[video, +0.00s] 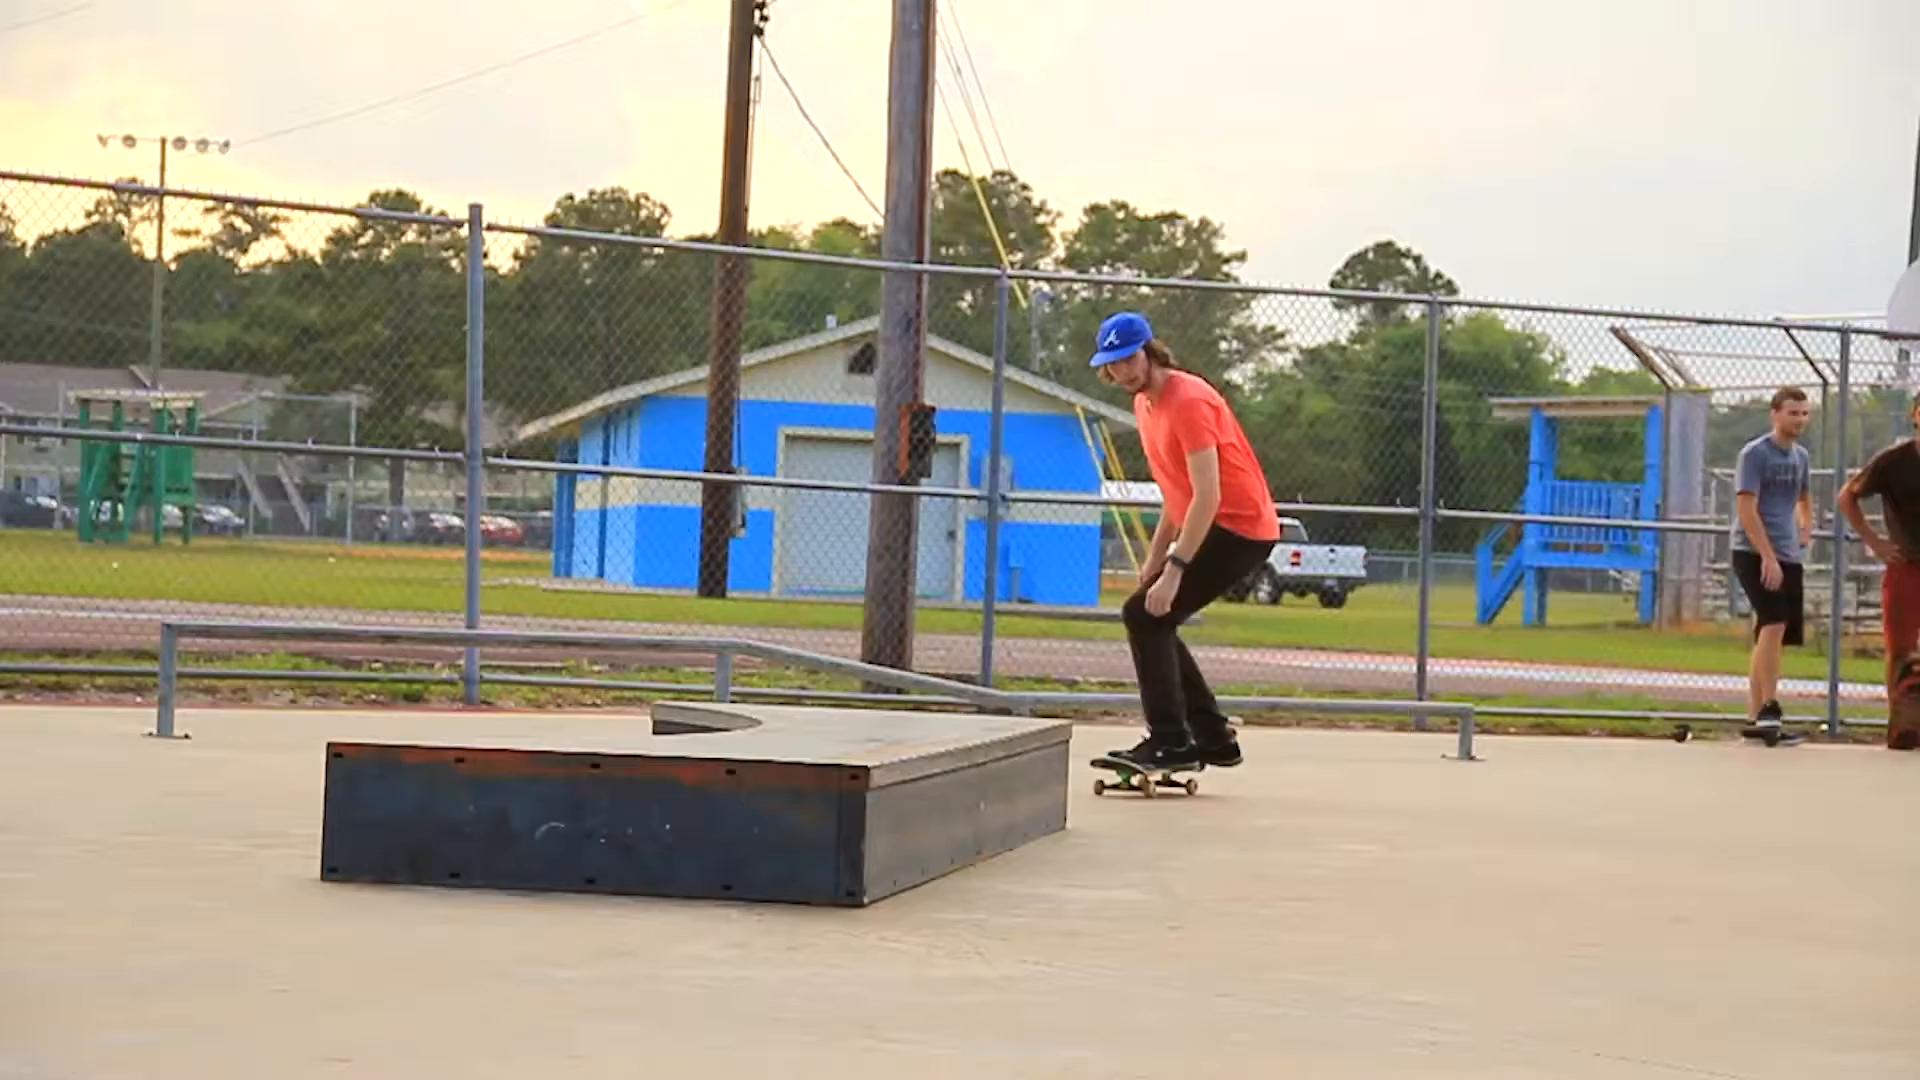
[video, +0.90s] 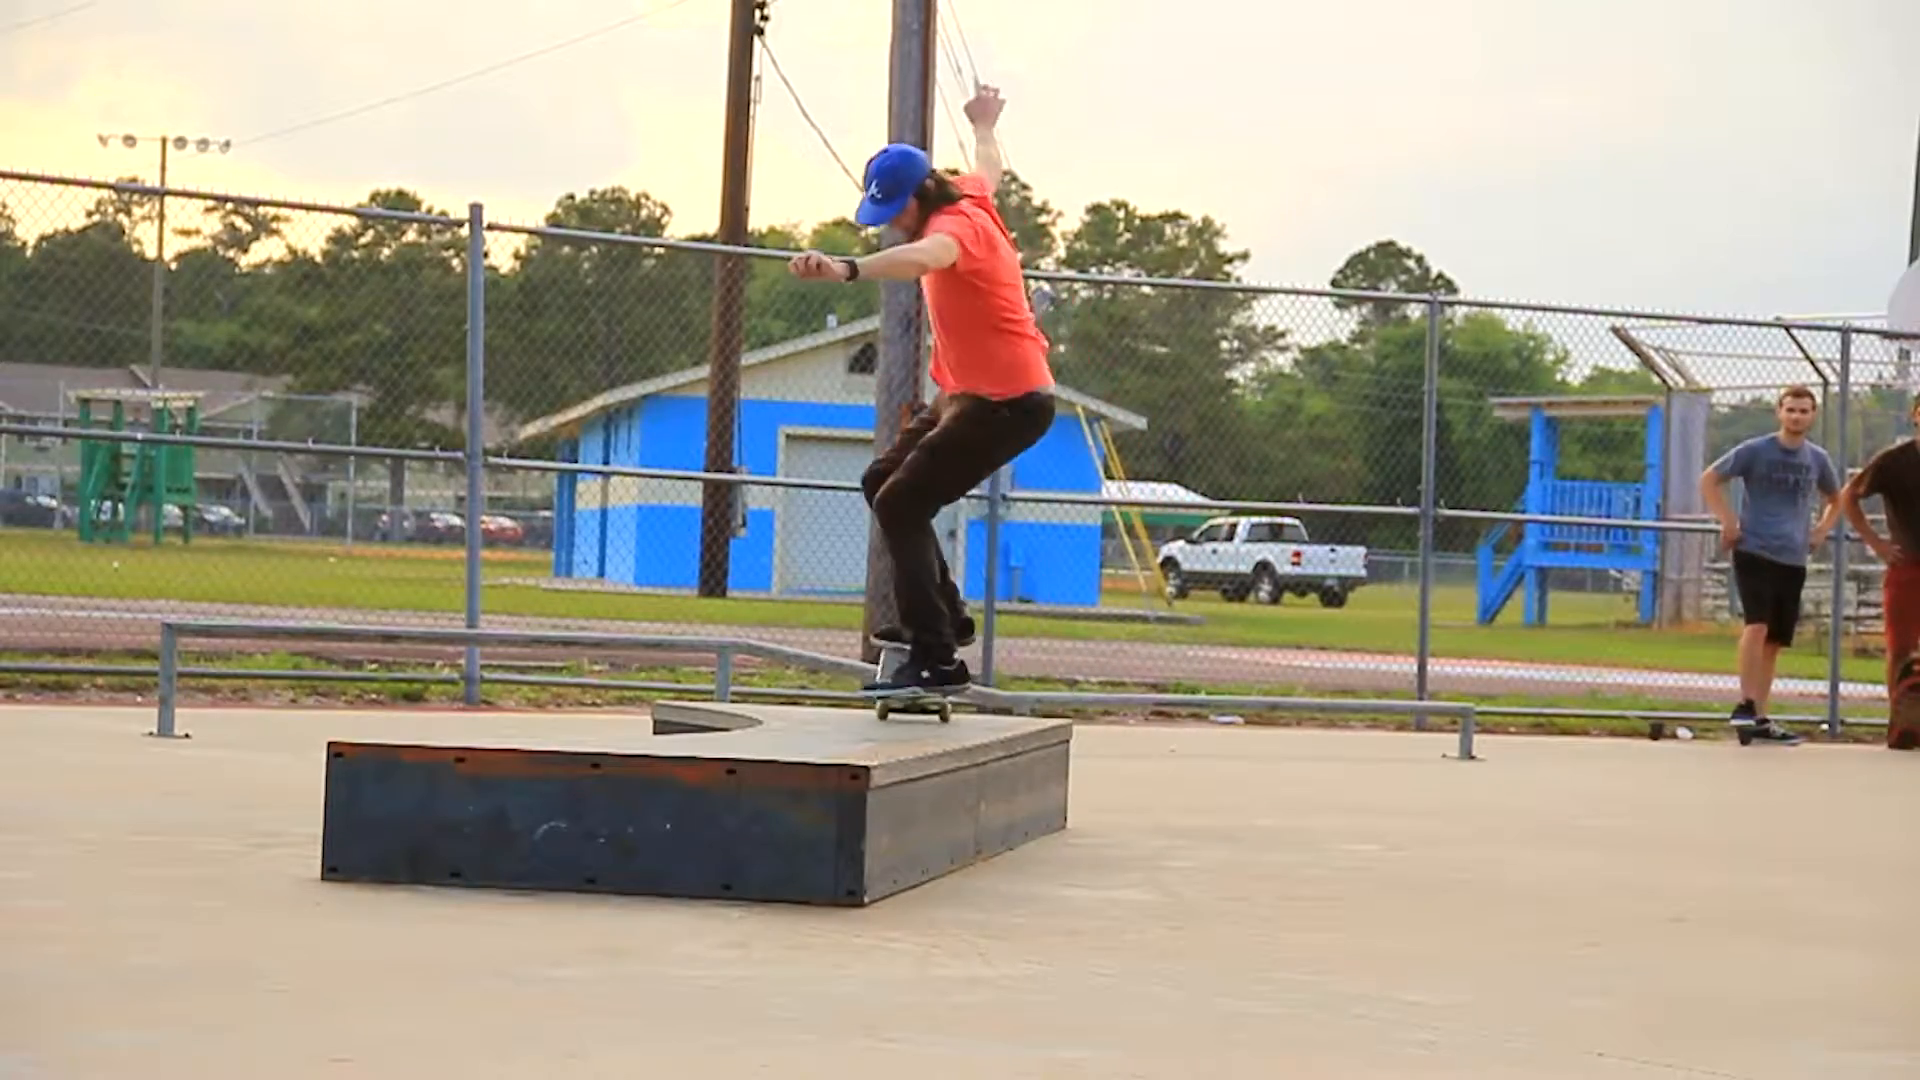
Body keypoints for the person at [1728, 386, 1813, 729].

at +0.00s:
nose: (1800, 419)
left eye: (1804, 414)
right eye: (1793, 413)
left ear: (1806, 418)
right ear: (1774, 415)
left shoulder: (1800, 456)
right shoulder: (1754, 454)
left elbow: (1802, 496)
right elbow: (1746, 509)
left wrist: (1805, 525)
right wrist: (1767, 555)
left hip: (1787, 552)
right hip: (1754, 550)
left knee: (1772, 632)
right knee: (1774, 620)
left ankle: (1758, 712)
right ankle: (1768, 703)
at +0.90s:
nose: (1797, 416)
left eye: (1804, 411)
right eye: (1791, 410)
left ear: (1813, 416)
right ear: (1779, 413)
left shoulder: (1817, 459)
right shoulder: (1755, 450)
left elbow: (1835, 498)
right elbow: (1709, 479)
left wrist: (1821, 528)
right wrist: (1728, 521)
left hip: (1792, 557)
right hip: (1754, 550)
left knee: (1774, 641)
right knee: (1757, 625)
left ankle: (1760, 715)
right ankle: (1746, 705)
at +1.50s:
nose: (1798, 417)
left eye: (1805, 412)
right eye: (1793, 411)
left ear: (1813, 417)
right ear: (1780, 413)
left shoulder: (1816, 458)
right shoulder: (1757, 447)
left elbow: (1833, 499)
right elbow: (1706, 473)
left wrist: (1820, 531)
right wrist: (1738, 507)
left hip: (1792, 557)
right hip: (1754, 550)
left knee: (1774, 641)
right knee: (1758, 622)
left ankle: (1759, 715)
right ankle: (1745, 704)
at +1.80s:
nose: (1798, 417)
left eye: (1805, 412)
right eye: (1792, 411)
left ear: (1813, 417)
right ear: (1780, 413)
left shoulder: (1814, 458)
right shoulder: (1756, 447)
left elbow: (1832, 500)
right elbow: (1706, 473)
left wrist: (1819, 532)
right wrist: (1738, 511)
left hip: (1791, 557)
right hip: (1754, 550)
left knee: (1774, 641)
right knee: (1757, 623)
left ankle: (1759, 716)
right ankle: (1744, 705)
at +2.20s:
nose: (1799, 417)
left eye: (1806, 412)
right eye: (1793, 411)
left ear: (1813, 418)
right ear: (1780, 413)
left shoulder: (1814, 459)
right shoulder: (1756, 446)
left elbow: (1829, 500)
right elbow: (1706, 473)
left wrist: (1817, 533)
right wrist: (1737, 512)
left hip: (1790, 557)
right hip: (1753, 549)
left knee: (1773, 641)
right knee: (1755, 624)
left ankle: (1759, 717)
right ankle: (1743, 705)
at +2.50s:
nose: (1799, 418)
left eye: (1806, 413)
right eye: (1793, 411)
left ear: (1813, 419)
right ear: (1780, 413)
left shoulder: (1813, 459)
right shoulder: (1755, 447)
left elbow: (1828, 500)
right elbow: (1705, 473)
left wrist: (1817, 534)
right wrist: (1736, 512)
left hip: (1789, 557)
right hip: (1752, 550)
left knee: (1771, 641)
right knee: (1754, 624)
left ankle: (1759, 717)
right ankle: (1743, 704)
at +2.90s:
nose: (1809, 421)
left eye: (1813, 415)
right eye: (1803, 414)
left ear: (1816, 419)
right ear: (1784, 413)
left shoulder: (1812, 459)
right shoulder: (1755, 446)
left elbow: (1828, 500)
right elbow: (1705, 473)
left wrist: (1817, 534)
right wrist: (1735, 511)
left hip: (1790, 557)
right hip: (1753, 550)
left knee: (1771, 641)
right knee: (1753, 624)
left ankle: (1758, 717)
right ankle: (1742, 703)